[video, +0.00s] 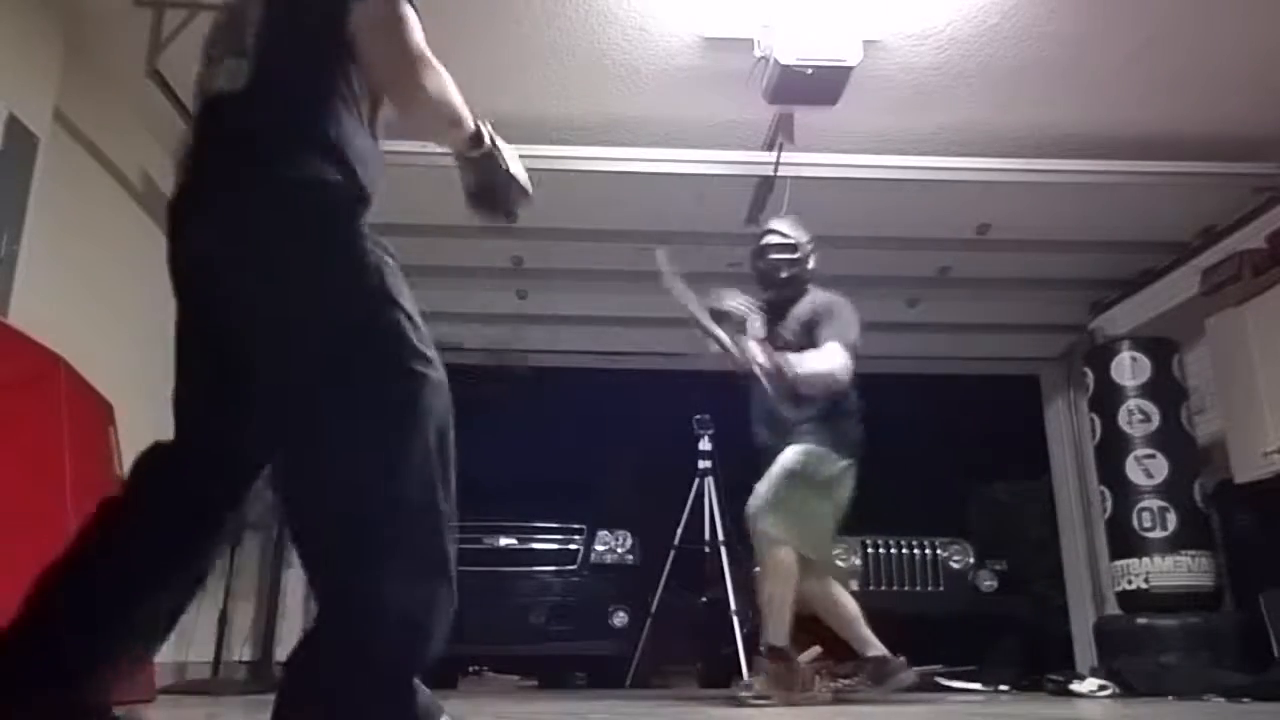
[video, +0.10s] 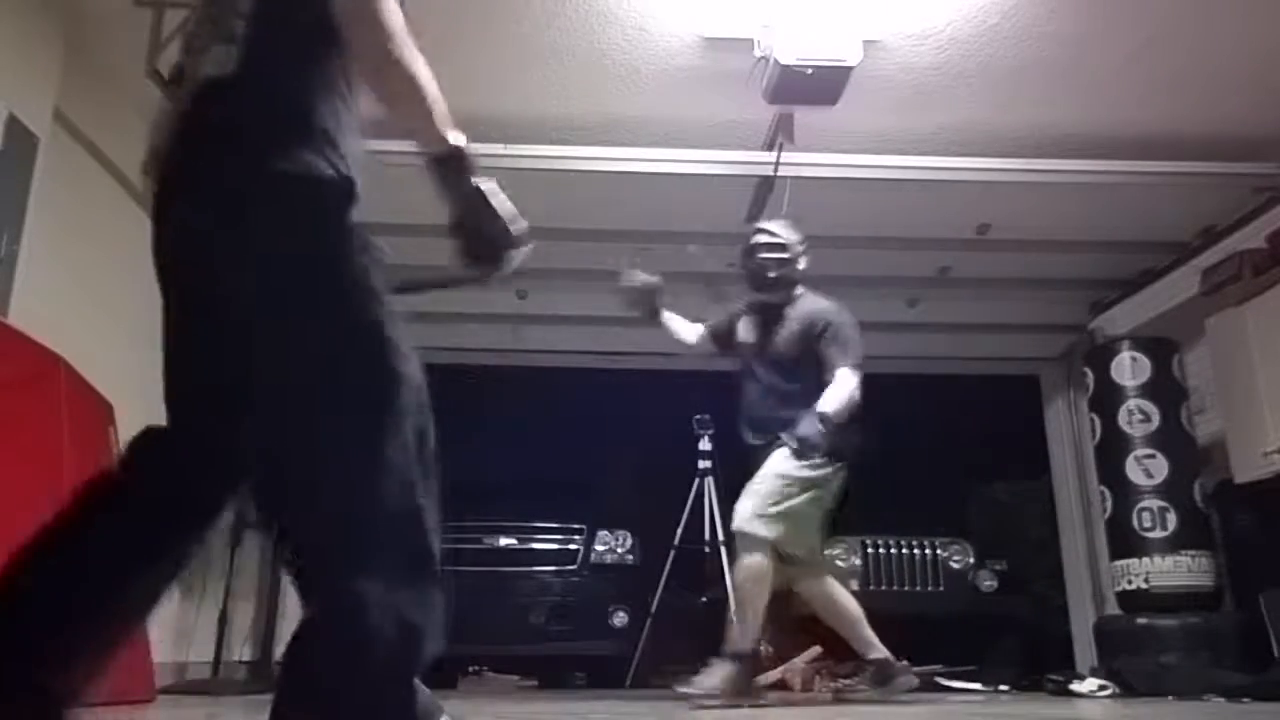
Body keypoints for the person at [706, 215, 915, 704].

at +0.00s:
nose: (777, 263)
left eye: (787, 252)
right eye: (767, 254)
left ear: (809, 257)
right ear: (755, 263)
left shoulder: (830, 308)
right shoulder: (762, 318)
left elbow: (836, 366)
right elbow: (738, 353)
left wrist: (777, 361)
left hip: (823, 442)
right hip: (786, 446)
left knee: (767, 515)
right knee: (807, 574)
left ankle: (776, 659)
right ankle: (880, 660)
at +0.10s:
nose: (767, 263)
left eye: (778, 253)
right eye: (757, 254)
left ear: (801, 260)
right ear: (746, 262)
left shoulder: (825, 316)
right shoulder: (745, 320)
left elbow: (847, 381)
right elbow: (697, 338)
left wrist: (819, 419)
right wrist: (656, 308)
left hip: (811, 448)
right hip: (772, 450)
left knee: (751, 523)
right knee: (802, 569)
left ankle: (738, 664)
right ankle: (882, 661)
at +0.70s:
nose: (706, 222)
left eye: (718, 212)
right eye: (698, 215)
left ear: (747, 222)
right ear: (690, 228)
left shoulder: (758, 269)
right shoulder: (707, 284)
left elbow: (715, 327)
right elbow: (662, 338)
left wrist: (646, 317)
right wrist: (626, 305)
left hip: (774, 420)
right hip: (750, 425)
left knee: (703, 529)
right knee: (758, 563)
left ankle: (711, 672)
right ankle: (867, 654)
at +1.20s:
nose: (700, 229)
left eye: (711, 217)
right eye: (697, 221)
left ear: (748, 219)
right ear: (755, 228)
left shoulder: (752, 260)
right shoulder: (778, 266)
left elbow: (724, 335)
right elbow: (753, 361)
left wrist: (666, 386)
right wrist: (697, 328)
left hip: (811, 409)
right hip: (853, 413)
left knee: (758, 535)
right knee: (837, 550)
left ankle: (774, 671)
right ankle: (884, 669)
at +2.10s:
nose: (703, 241)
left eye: (715, 228)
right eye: (702, 233)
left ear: (753, 232)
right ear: (755, 241)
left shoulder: (752, 274)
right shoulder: (781, 277)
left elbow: (703, 349)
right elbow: (765, 386)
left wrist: (682, 391)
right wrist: (722, 363)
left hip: (812, 414)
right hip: (856, 424)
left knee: (735, 535)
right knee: (855, 564)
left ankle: (749, 669)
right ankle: (945, 653)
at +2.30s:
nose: (734, 242)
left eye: (744, 232)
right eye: (730, 233)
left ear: (775, 232)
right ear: (728, 238)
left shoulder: (791, 272)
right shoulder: (789, 283)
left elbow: (754, 329)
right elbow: (773, 379)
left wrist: (680, 333)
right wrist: (715, 359)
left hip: (819, 424)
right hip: (845, 429)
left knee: (742, 534)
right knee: (856, 563)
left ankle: (751, 670)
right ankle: (953, 665)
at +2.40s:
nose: (742, 244)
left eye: (751, 232)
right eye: (738, 234)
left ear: (781, 231)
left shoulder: (800, 272)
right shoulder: (788, 284)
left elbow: (774, 337)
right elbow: (769, 377)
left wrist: (706, 360)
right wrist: (705, 354)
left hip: (813, 432)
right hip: (842, 435)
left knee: (742, 533)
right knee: (861, 566)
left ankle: (751, 671)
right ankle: (953, 665)